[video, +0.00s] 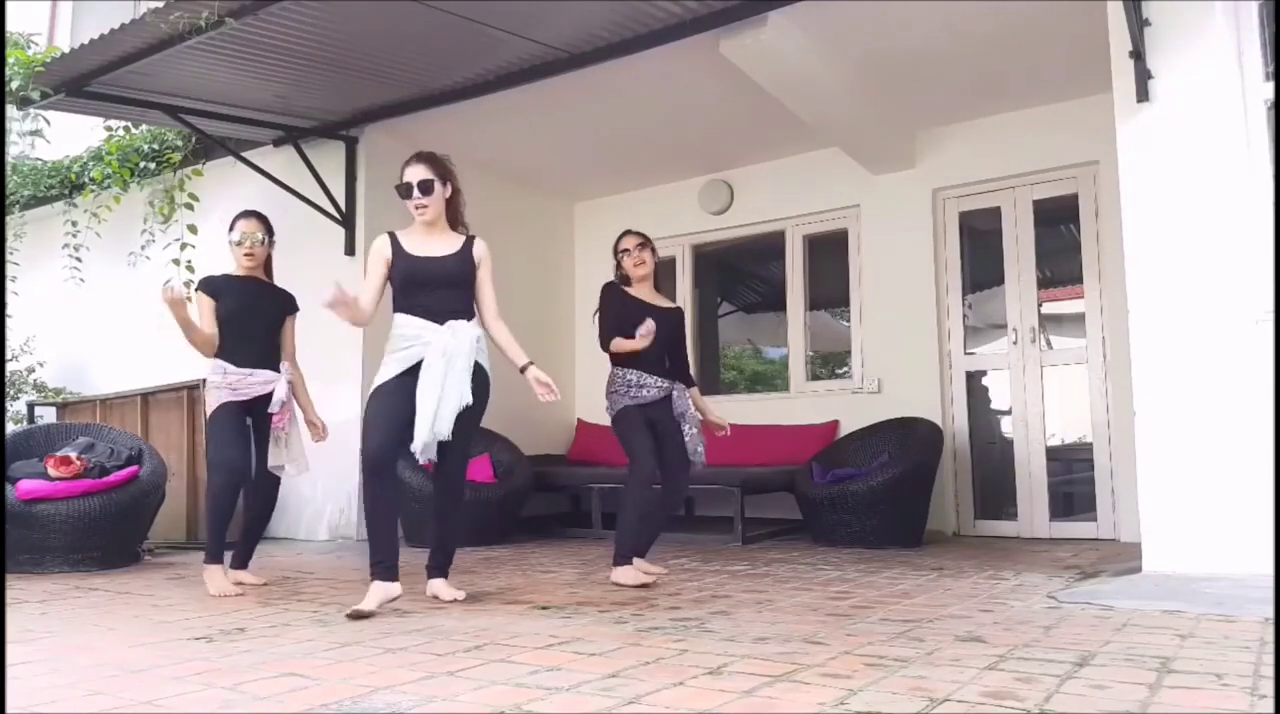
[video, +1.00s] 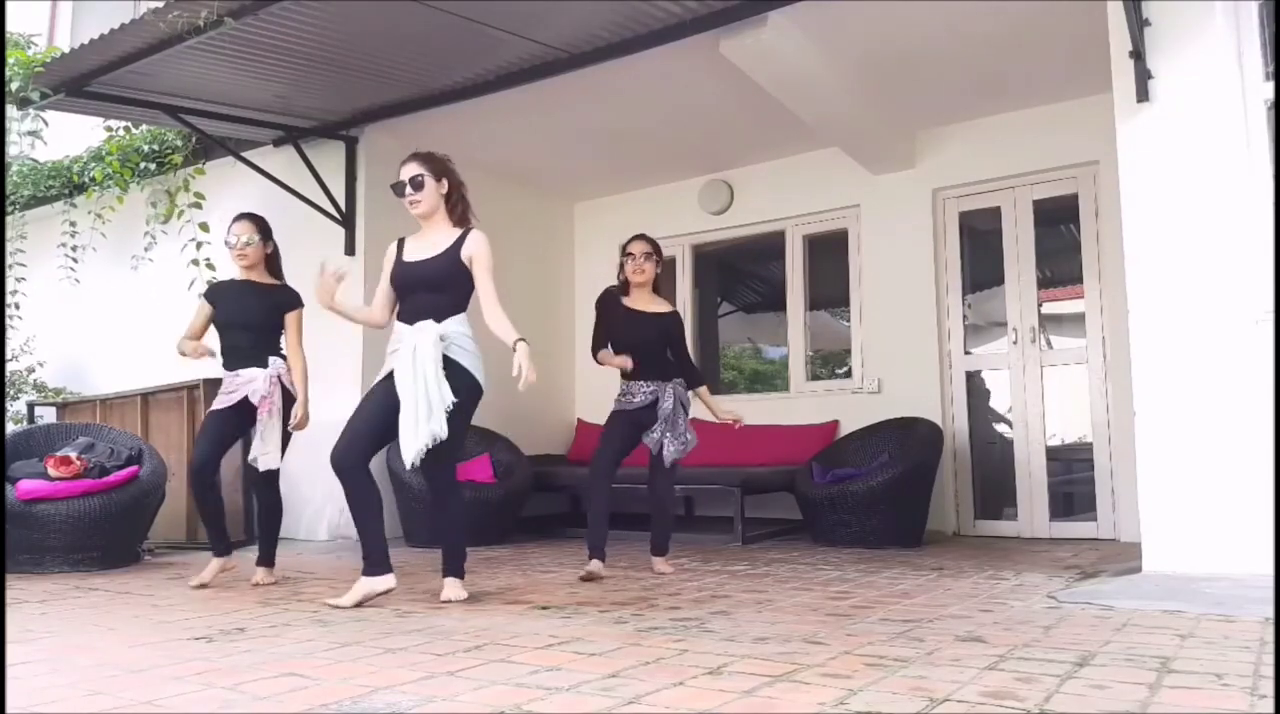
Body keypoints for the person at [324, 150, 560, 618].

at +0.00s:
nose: (416, 196)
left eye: (426, 186)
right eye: (407, 189)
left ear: (449, 188)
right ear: (401, 196)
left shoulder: (474, 247)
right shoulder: (387, 246)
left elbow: (492, 318)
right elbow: (364, 314)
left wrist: (528, 367)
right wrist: (346, 307)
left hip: (463, 365)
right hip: (405, 364)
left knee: (451, 466)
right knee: (376, 456)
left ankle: (438, 576)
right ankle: (384, 579)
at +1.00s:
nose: (408, 193)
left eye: (417, 183)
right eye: (401, 187)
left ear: (443, 185)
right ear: (399, 196)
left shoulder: (470, 240)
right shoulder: (398, 249)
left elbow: (490, 307)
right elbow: (379, 316)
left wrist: (518, 343)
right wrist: (333, 303)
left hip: (454, 364)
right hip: (405, 366)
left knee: (437, 465)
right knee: (346, 457)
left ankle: (453, 575)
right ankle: (376, 570)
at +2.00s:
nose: (431, 185)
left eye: (438, 177)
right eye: (431, 178)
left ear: (467, 175)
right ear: (455, 178)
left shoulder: (504, 238)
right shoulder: (424, 233)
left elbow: (523, 306)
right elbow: (401, 292)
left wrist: (548, 360)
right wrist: (378, 320)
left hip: (465, 354)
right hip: (410, 350)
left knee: (498, 458)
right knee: (395, 465)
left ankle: (529, 575)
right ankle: (379, 574)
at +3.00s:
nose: (546, 178)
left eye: (555, 171)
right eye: (537, 172)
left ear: (572, 179)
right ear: (528, 179)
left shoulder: (581, 230)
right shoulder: (509, 231)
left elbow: (583, 186)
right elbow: (485, 279)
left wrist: (587, 159)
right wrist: (531, 275)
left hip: (575, 355)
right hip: (528, 360)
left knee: (579, 465)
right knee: (467, 452)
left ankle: (620, 576)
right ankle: (485, 571)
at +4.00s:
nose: (548, 185)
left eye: (558, 178)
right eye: (540, 179)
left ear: (573, 186)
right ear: (530, 187)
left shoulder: (585, 238)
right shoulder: (512, 241)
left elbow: (593, 209)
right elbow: (478, 295)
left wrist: (585, 167)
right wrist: (493, 329)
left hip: (575, 360)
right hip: (526, 360)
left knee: (582, 468)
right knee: (456, 455)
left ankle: (629, 578)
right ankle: (478, 568)